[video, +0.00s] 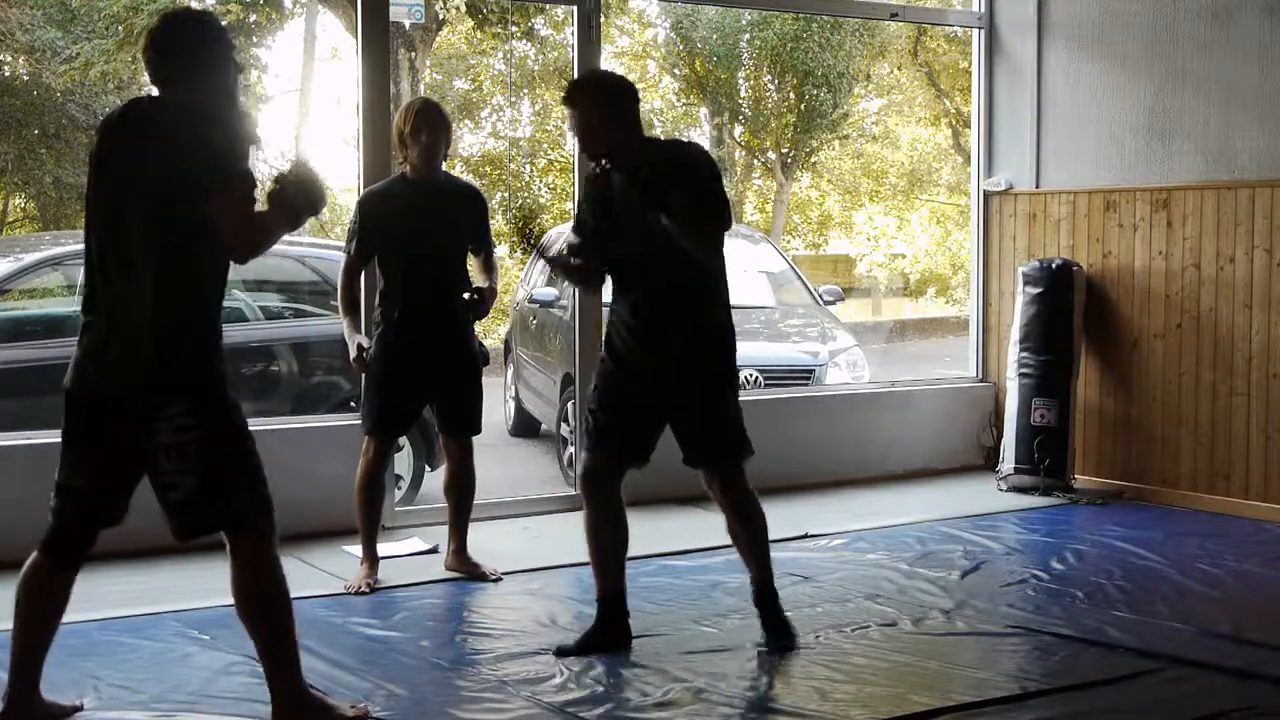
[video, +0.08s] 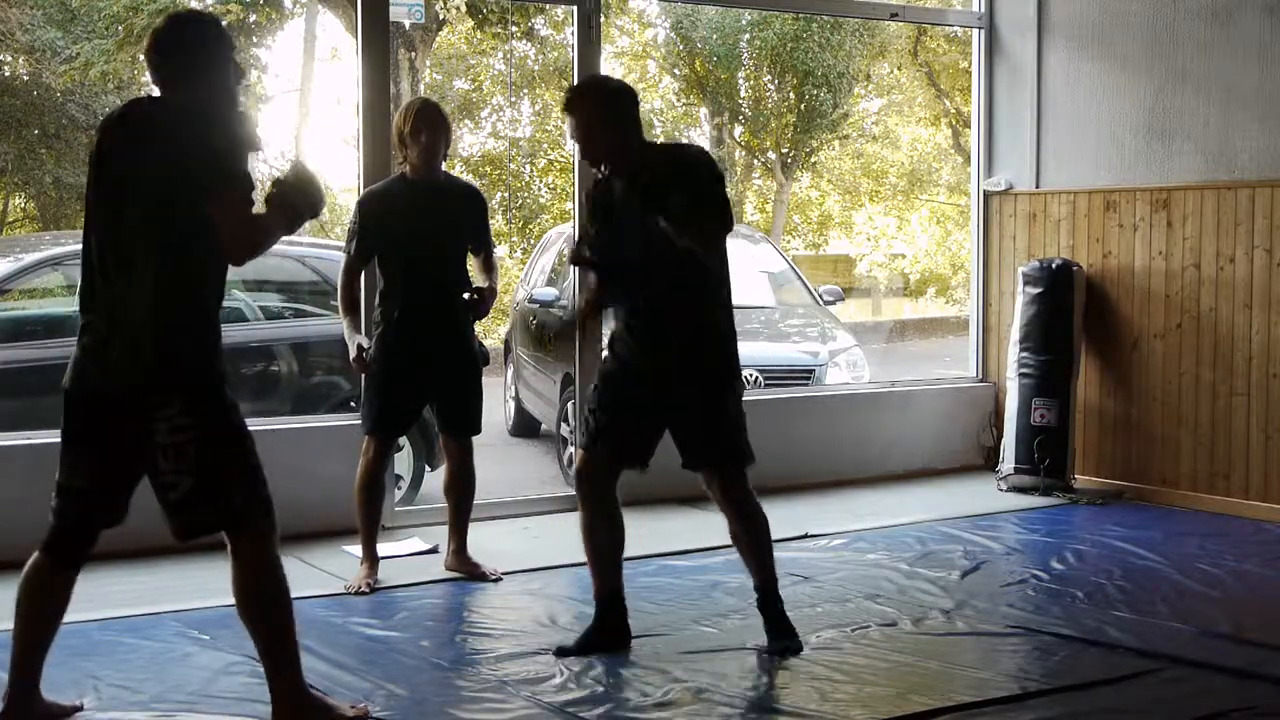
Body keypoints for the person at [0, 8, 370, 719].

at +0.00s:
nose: (238, 75)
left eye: (234, 62)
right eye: (230, 62)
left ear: (157, 67)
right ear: (211, 65)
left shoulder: (115, 128)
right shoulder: (210, 126)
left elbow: (115, 241)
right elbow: (242, 242)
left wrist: (255, 207)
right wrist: (291, 208)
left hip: (101, 369)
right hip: (182, 371)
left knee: (64, 539)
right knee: (251, 532)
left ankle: (20, 696)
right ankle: (291, 696)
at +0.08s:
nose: (239, 77)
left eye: (235, 64)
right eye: (232, 65)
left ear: (160, 67)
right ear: (213, 67)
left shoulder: (116, 127)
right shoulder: (211, 128)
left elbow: (116, 241)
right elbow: (236, 244)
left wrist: (258, 215)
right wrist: (287, 212)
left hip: (100, 370)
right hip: (181, 371)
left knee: (65, 539)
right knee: (252, 532)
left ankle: (20, 695)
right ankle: (291, 697)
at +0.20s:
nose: (245, 81)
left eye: (241, 67)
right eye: (238, 67)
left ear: (164, 70)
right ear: (217, 70)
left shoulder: (118, 128)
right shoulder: (211, 132)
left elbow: (140, 240)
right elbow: (233, 245)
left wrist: (261, 222)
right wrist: (288, 219)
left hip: (101, 370)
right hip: (181, 371)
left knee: (66, 542)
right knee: (263, 524)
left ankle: (20, 695)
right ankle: (294, 695)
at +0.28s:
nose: (249, 83)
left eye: (245, 69)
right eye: (242, 69)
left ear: (170, 73)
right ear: (218, 74)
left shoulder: (129, 130)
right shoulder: (212, 137)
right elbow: (233, 247)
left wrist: (234, 145)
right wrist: (294, 224)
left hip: (104, 372)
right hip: (183, 372)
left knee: (68, 543)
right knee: (285, 510)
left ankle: (19, 696)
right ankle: (295, 683)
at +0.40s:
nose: (267, 84)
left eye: (263, 70)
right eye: (259, 70)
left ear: (195, 77)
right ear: (236, 76)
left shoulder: (159, 139)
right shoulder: (230, 134)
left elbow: (222, 224)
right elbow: (270, 249)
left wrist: (275, 150)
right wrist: (329, 220)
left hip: (126, 376)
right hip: (200, 375)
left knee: (77, 545)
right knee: (305, 515)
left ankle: (22, 697)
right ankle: (319, 685)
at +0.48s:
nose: (284, 83)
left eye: (280, 71)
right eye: (273, 72)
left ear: (219, 82)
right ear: (246, 80)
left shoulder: (184, 145)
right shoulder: (254, 146)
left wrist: (306, 148)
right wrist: (307, 145)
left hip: (165, 373)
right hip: (231, 374)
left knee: (111, 540)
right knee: (321, 520)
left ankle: (33, 696)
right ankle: (317, 692)